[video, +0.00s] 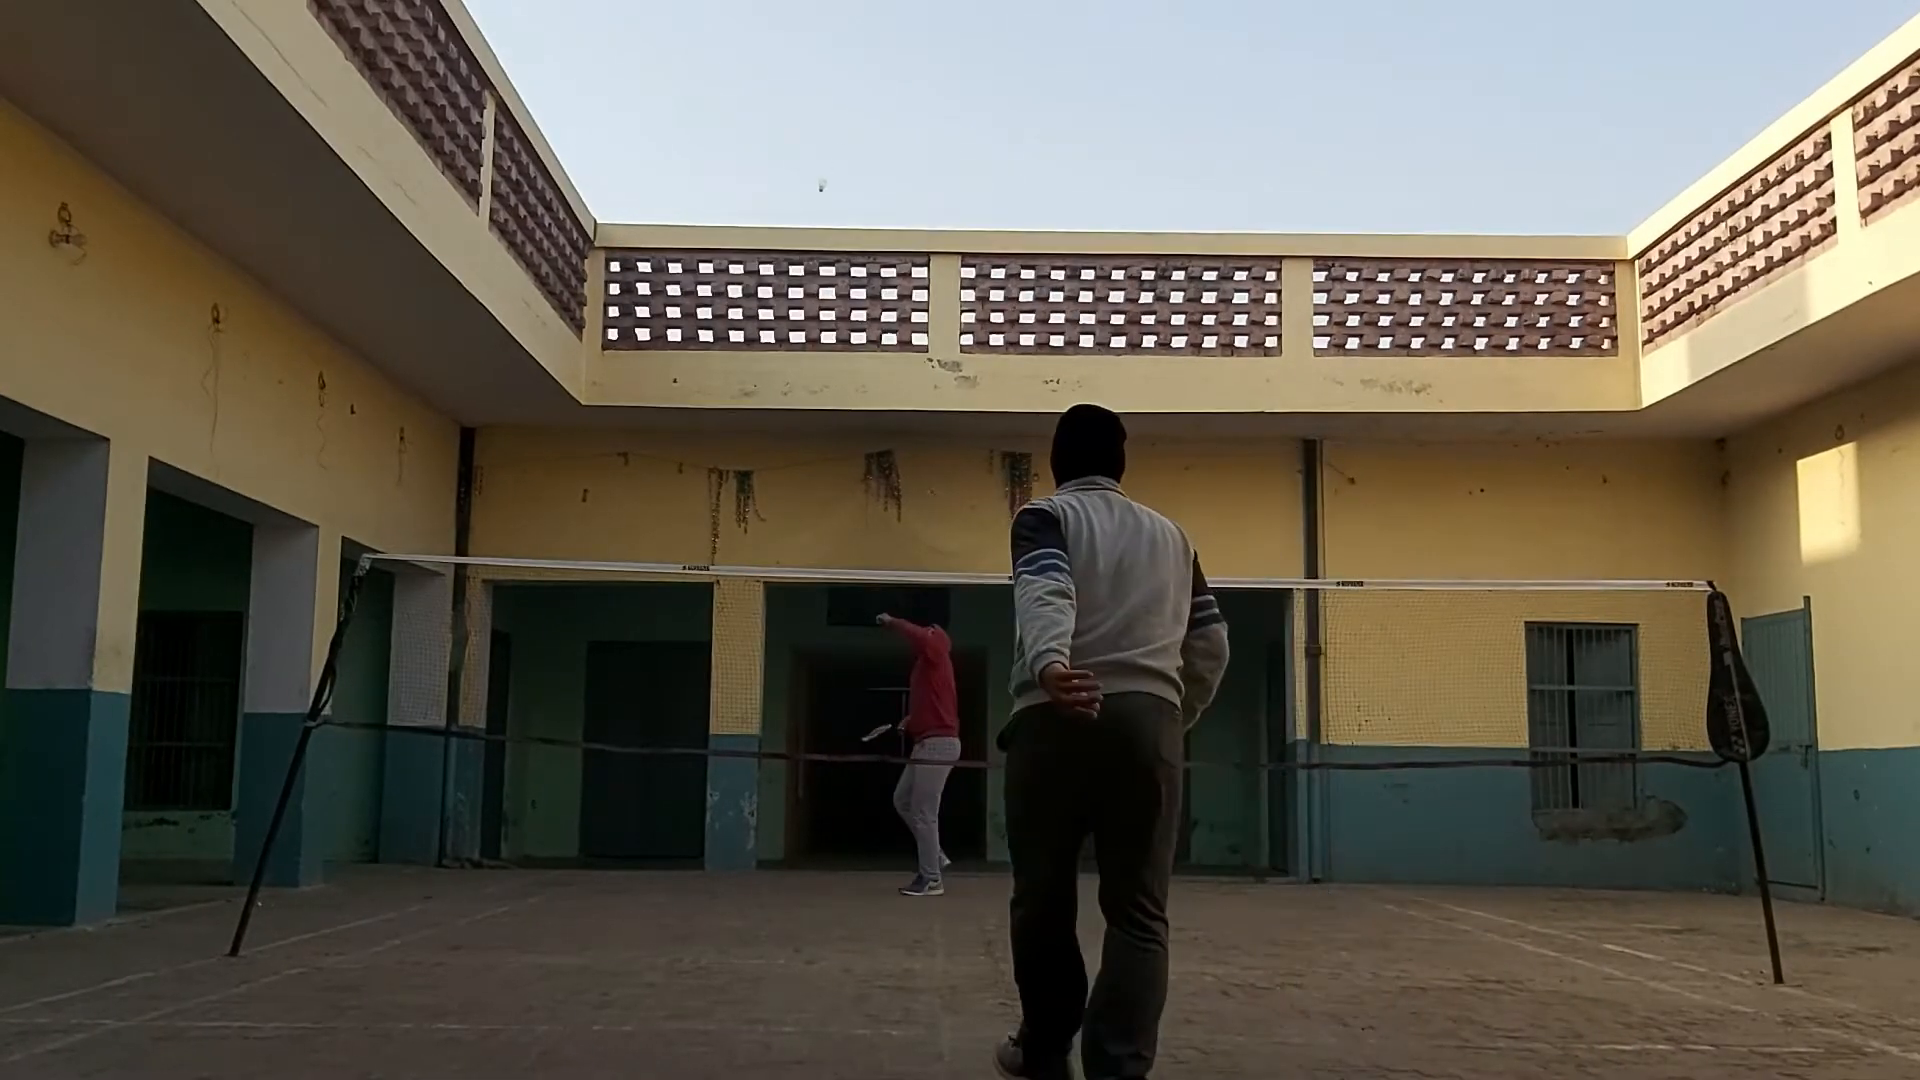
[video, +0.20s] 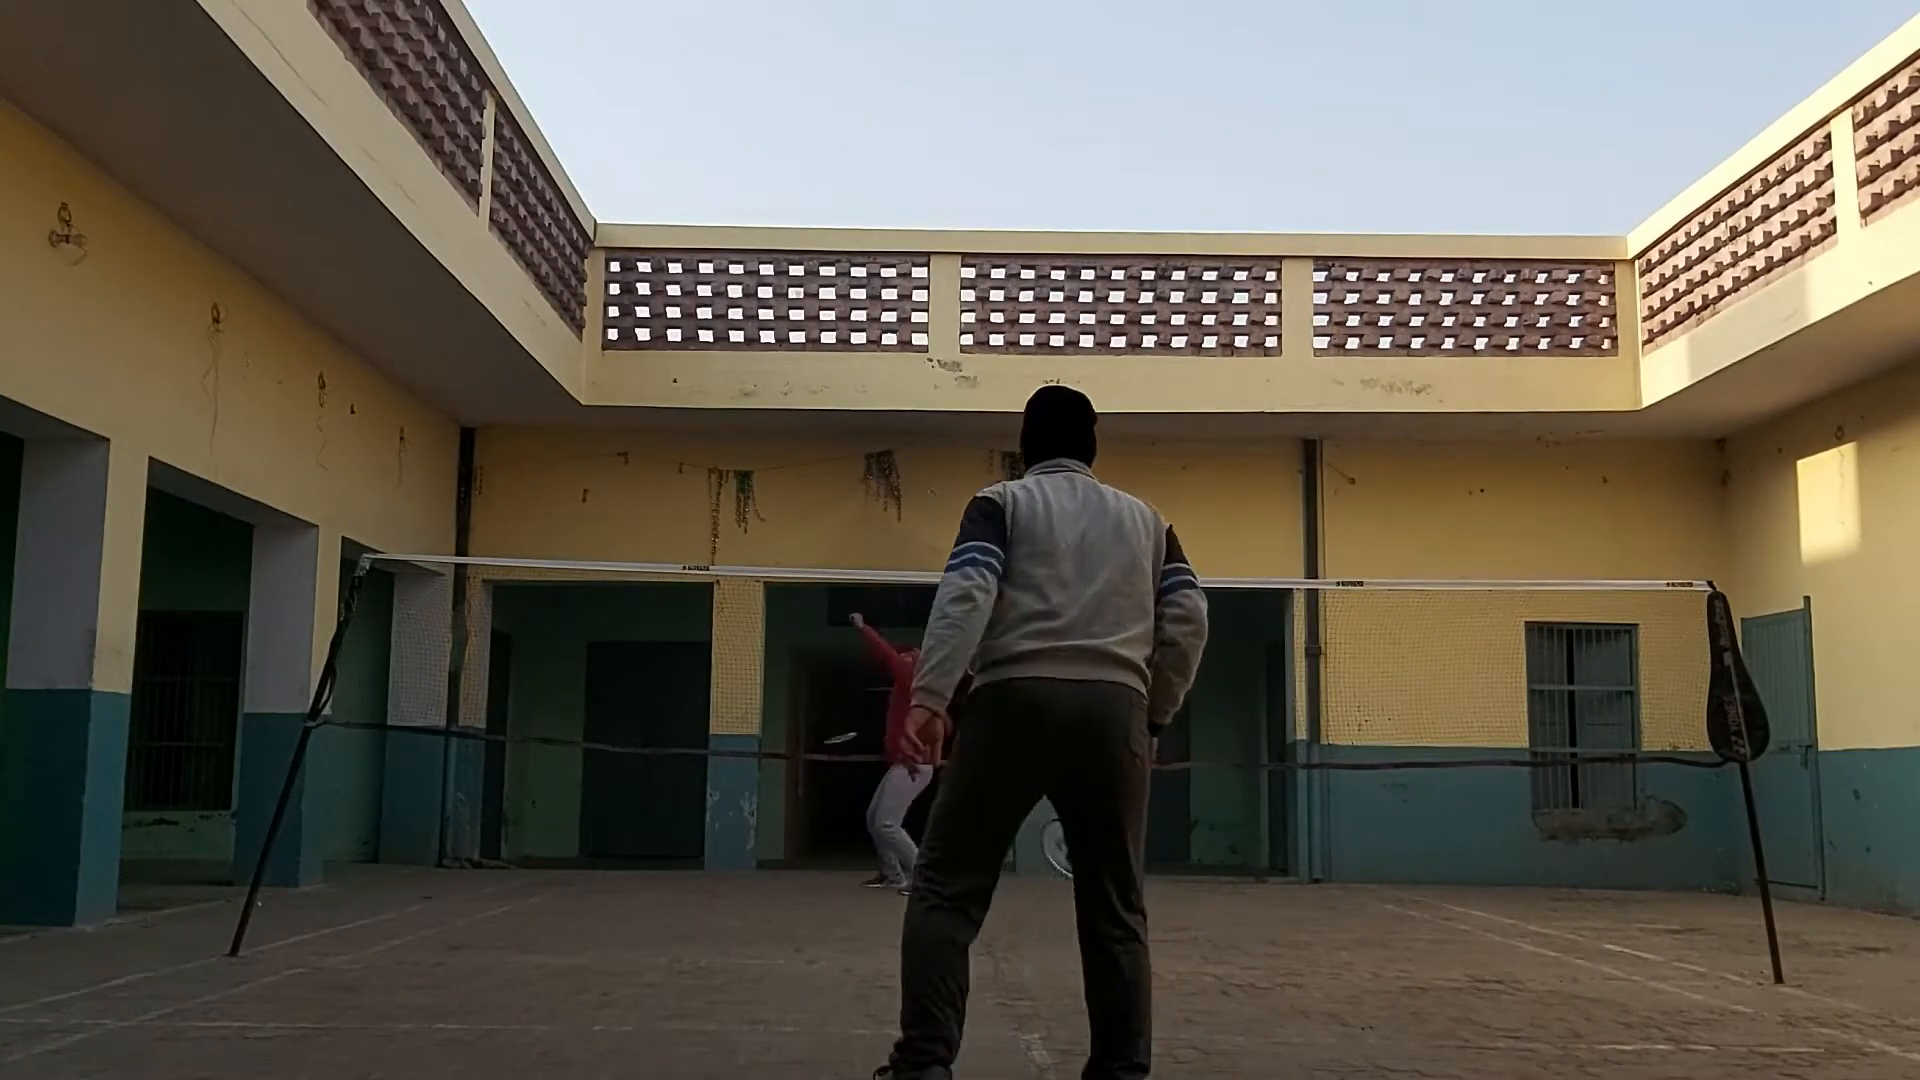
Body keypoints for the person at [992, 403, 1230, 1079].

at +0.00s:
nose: (1057, 474)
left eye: (1055, 463)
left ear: (1057, 466)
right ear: (1122, 466)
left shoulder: (1045, 516)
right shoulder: (1171, 535)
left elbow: (1046, 590)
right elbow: (1210, 646)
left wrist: (1048, 661)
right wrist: (1173, 716)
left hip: (1052, 723)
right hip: (1148, 726)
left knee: (1042, 897)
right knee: (1140, 908)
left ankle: (1047, 1049)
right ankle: (1122, 1064)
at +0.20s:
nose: (1020, 453)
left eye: (1021, 444)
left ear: (1024, 448)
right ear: (1093, 450)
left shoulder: (1000, 502)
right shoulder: (1147, 520)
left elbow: (969, 590)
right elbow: (1187, 620)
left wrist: (929, 696)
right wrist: (1150, 715)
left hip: (1008, 705)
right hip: (1113, 710)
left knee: (948, 885)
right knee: (1114, 902)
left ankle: (925, 1059)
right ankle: (1122, 1067)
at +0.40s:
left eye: (971, 458)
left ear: (968, 461)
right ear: (1039, 463)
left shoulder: (925, 527)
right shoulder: (1086, 537)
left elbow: (861, 639)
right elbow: (1135, 640)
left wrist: (825, 732)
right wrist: (1116, 736)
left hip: (942, 726)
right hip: (1055, 734)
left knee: (886, 907)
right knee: (1077, 901)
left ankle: (839, 1068)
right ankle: (1111, 1065)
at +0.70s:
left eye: (929, 440)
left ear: (921, 448)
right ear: (996, 450)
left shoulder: (866, 520)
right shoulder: (1035, 522)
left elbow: (810, 627)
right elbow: (1082, 637)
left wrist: (885, 655)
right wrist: (1082, 676)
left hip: (869, 731)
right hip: (985, 737)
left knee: (789, 903)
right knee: (1054, 919)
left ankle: (749, 1065)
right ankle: (1070, 1072)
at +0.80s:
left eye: (909, 455)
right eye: (966, 456)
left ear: (898, 462)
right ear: (972, 463)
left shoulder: (844, 542)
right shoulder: (1004, 539)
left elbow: (793, 653)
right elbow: (1069, 653)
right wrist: (1094, 618)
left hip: (846, 764)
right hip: (967, 769)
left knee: (767, 933)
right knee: (1054, 935)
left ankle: (680, 1072)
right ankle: (1077, 1077)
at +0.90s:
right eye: (922, 453)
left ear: (849, 461)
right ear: (922, 461)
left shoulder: (801, 550)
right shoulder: (950, 537)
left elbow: (764, 641)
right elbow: (1051, 594)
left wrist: (849, 635)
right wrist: (1064, 513)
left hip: (819, 780)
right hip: (939, 778)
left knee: (744, 948)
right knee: (1036, 937)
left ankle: (673, 1074)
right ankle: (1072, 1074)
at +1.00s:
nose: (860, 451)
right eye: (858, 440)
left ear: (786, 459)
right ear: (861, 452)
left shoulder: (746, 554)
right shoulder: (901, 511)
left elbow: (722, 643)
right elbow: (1009, 498)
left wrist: (786, 591)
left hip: (800, 773)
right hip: (920, 759)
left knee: (732, 950)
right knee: (1009, 929)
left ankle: (671, 1074)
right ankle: (1067, 1070)